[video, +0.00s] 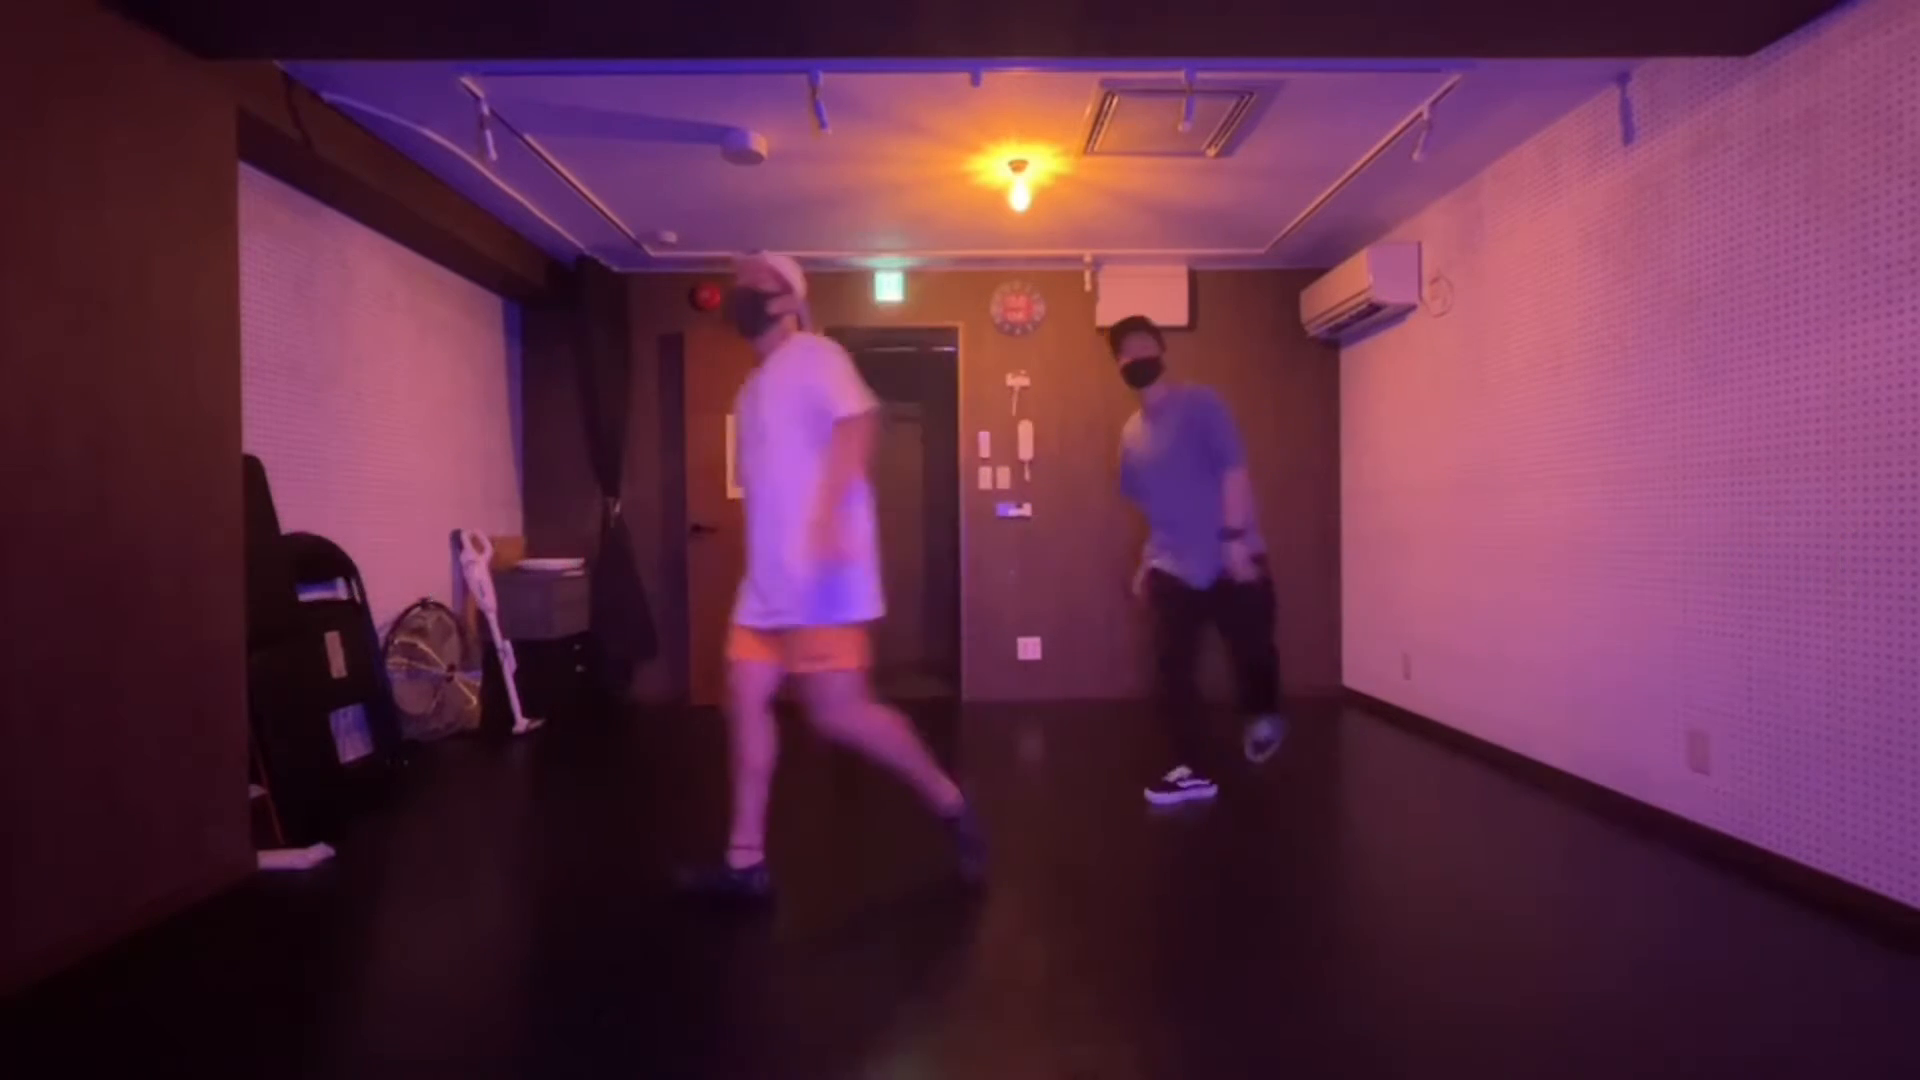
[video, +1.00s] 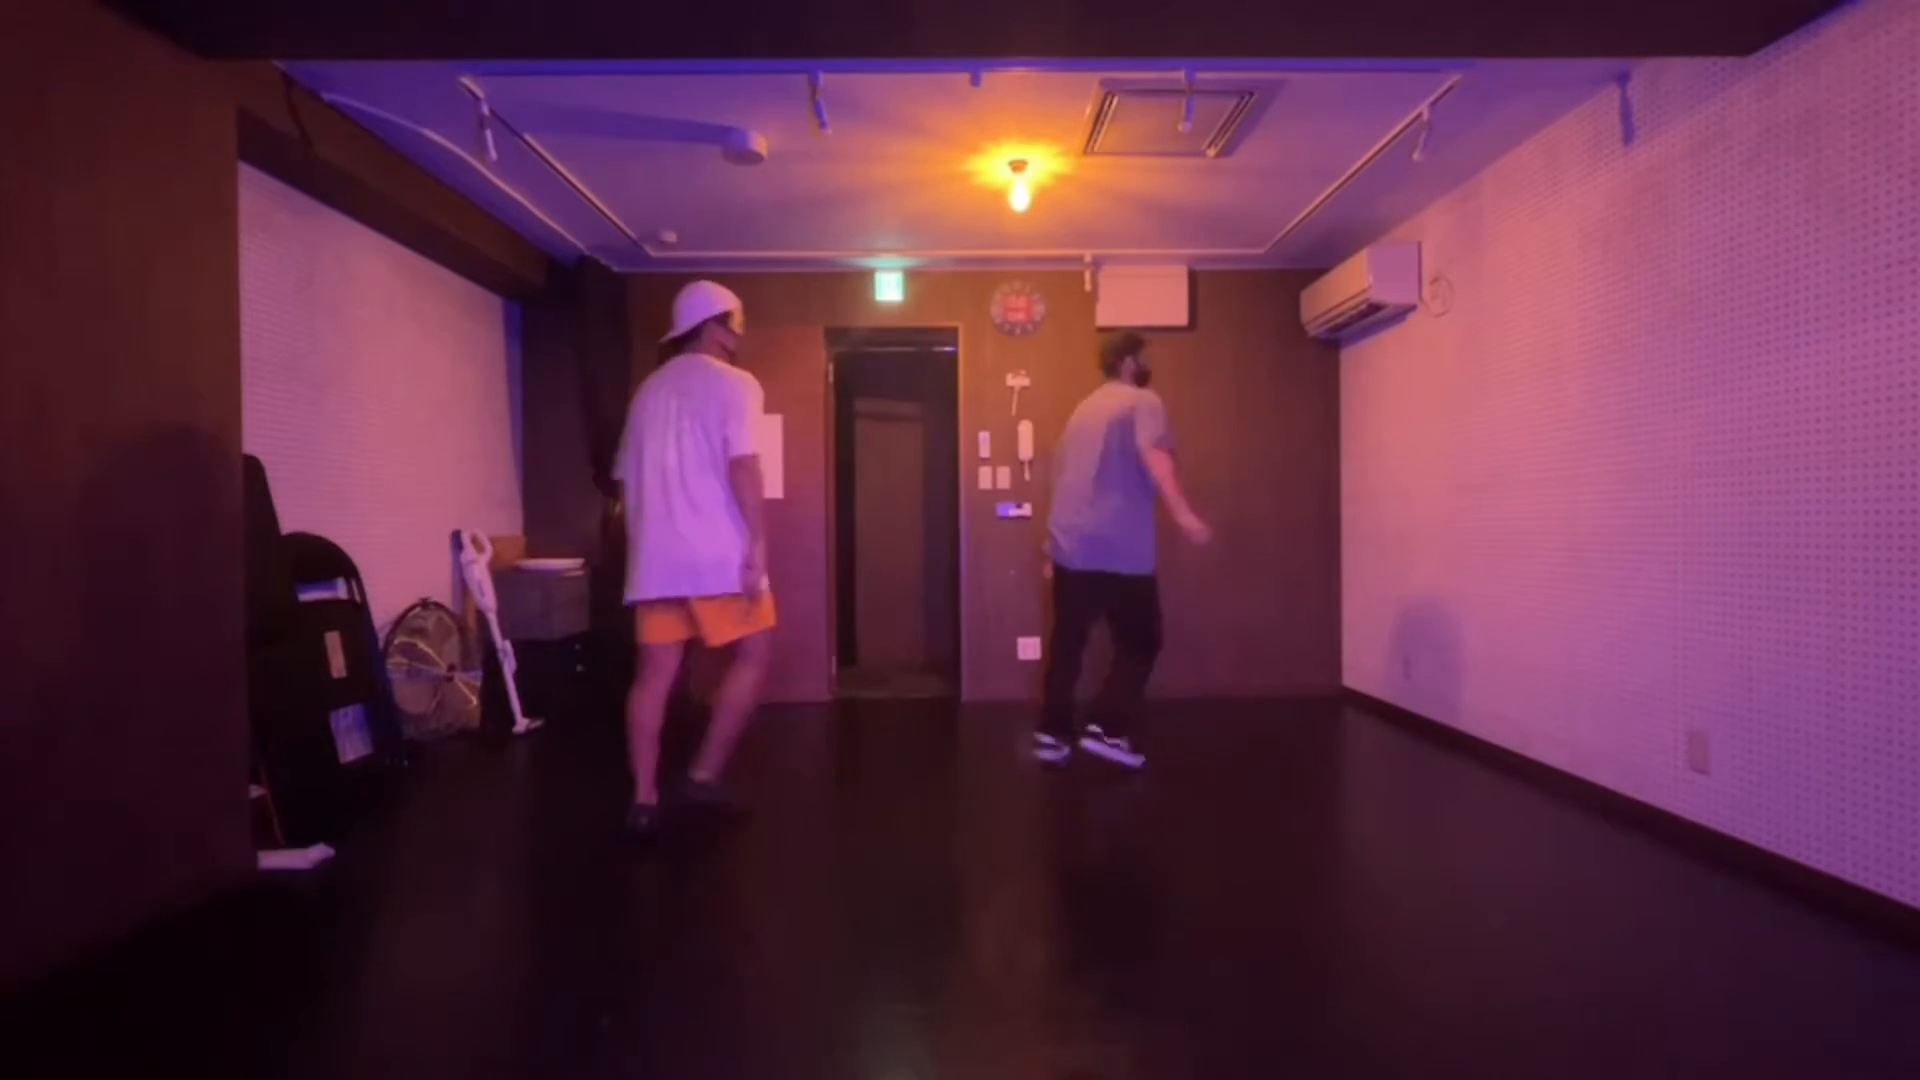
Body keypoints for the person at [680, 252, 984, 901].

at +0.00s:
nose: (740, 308)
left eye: (752, 295)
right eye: (738, 297)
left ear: (785, 300)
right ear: (748, 307)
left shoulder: (814, 355)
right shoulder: (755, 388)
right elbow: (761, 490)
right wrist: (766, 565)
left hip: (829, 573)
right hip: (772, 576)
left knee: (839, 709)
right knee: (747, 695)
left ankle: (953, 805)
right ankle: (746, 858)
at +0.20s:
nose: (698, 312)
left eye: (710, 302)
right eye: (698, 302)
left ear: (741, 309)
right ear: (747, 313)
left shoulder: (716, 370)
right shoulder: (774, 375)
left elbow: (703, 482)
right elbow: (780, 491)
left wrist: (674, 562)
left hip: (725, 573)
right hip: (777, 576)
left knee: (673, 705)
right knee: (729, 706)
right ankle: (739, 855)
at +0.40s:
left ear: (674, 310)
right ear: (734, 309)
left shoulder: (648, 374)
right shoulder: (777, 381)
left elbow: (598, 456)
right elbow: (804, 482)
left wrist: (597, 520)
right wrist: (773, 540)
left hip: (669, 562)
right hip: (754, 565)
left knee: (650, 688)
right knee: (733, 702)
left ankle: (638, 819)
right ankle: (714, 849)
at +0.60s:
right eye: (707, 322)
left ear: (657, 331)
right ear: (716, 329)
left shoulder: (629, 397)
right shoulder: (757, 396)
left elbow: (565, 473)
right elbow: (802, 484)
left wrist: (565, 543)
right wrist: (783, 563)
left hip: (653, 575)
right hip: (736, 574)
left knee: (649, 697)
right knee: (718, 707)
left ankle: (642, 805)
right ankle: (700, 850)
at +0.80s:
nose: (722, 337)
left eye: (717, 327)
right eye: (718, 329)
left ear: (659, 338)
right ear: (706, 332)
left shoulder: (624, 399)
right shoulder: (741, 394)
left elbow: (598, 499)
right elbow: (772, 484)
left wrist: (601, 565)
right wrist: (787, 553)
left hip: (642, 571)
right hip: (717, 572)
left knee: (647, 681)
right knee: (720, 687)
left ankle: (644, 802)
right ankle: (671, 779)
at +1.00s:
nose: (739, 336)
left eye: (737, 326)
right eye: (733, 326)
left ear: (684, 329)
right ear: (714, 326)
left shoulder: (648, 389)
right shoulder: (732, 382)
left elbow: (625, 481)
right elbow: (742, 466)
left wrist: (646, 546)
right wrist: (757, 541)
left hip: (654, 559)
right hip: (718, 555)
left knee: (653, 670)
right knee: (753, 654)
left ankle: (643, 797)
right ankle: (706, 774)